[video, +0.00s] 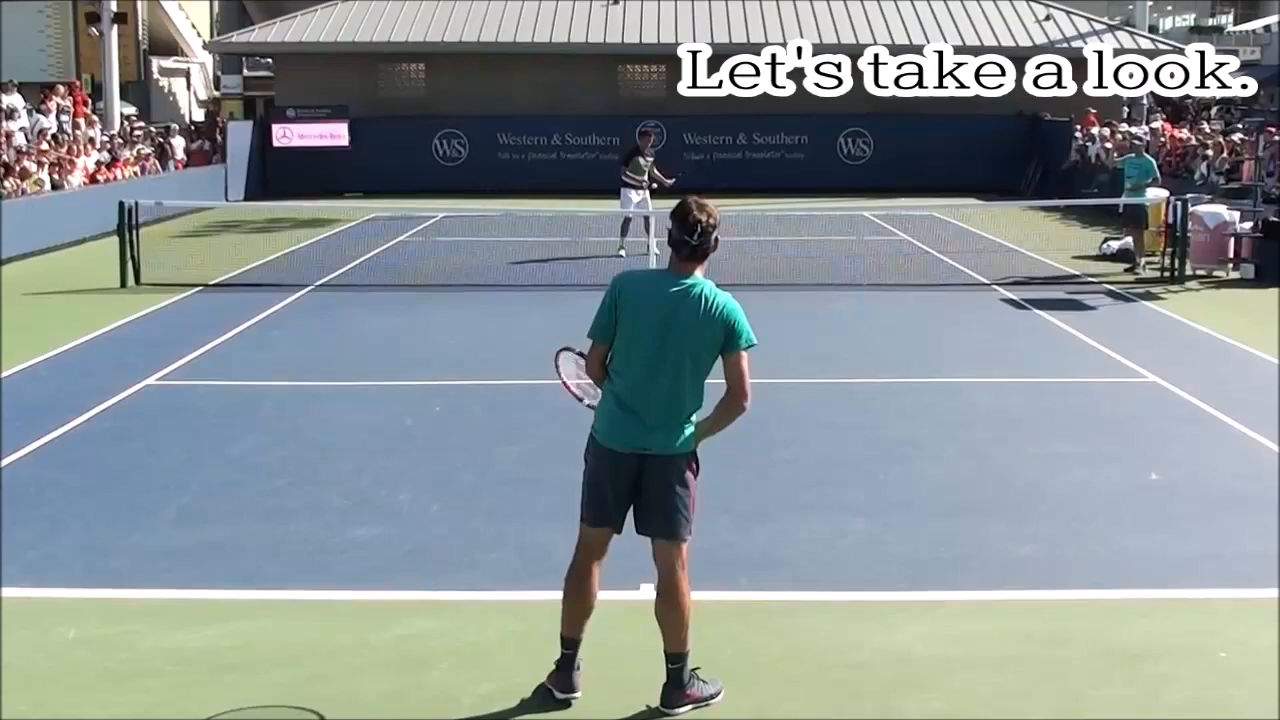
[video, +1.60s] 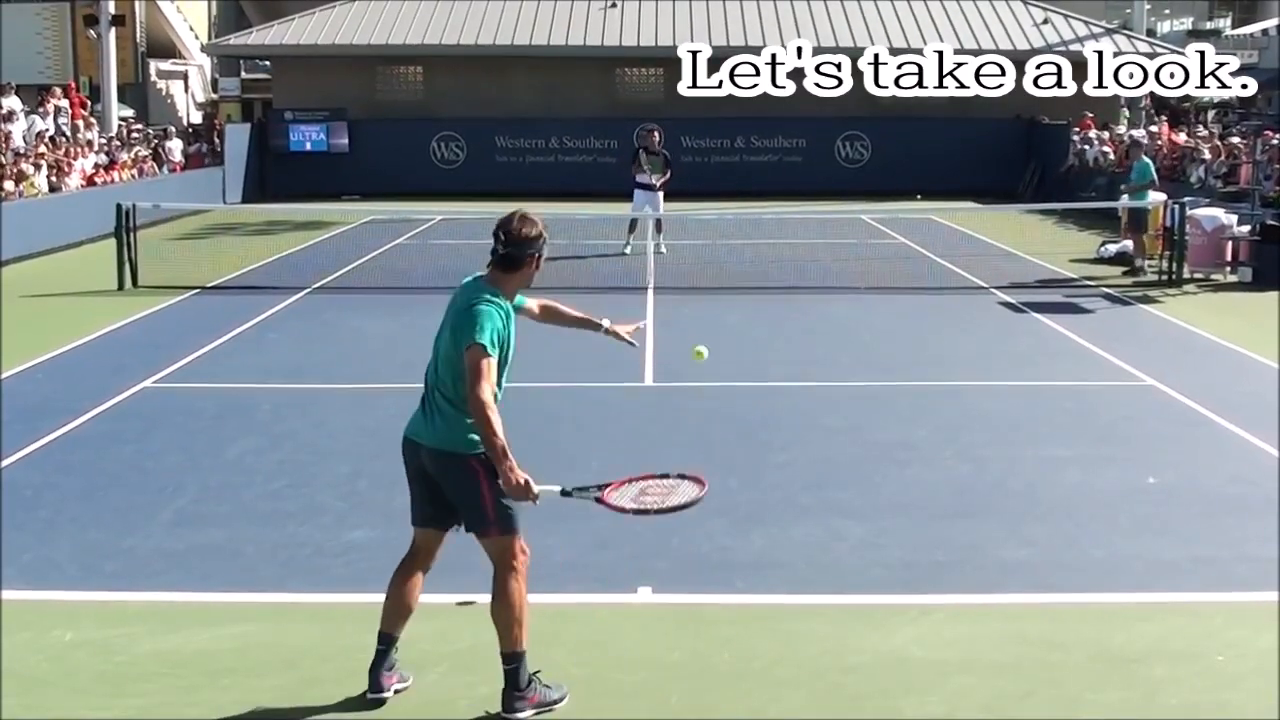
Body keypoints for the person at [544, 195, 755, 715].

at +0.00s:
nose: (697, 247)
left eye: (680, 236)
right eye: (710, 241)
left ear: (669, 239)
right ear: (713, 247)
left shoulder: (626, 285)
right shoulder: (723, 308)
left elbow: (595, 366)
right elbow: (738, 397)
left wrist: (628, 393)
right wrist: (694, 432)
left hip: (610, 445)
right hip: (671, 453)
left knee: (588, 553)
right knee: (672, 566)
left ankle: (566, 671)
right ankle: (677, 682)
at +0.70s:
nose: (621, 253)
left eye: (601, 244)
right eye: (629, 245)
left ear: (588, 251)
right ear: (633, 252)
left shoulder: (556, 304)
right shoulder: (656, 306)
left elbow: (540, 386)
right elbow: (684, 387)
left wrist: (582, 387)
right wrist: (657, 439)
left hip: (573, 459)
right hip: (636, 458)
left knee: (545, 553)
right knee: (669, 560)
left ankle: (530, 666)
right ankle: (681, 683)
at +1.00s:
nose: (592, 258)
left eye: (587, 250)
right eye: (592, 251)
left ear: (547, 253)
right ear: (589, 257)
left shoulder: (523, 302)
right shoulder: (578, 313)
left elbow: (568, 349)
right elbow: (602, 397)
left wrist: (633, 333)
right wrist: (648, 407)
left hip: (513, 457)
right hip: (560, 460)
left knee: (536, 558)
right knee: (604, 569)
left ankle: (500, 680)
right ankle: (652, 682)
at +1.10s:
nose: (586, 247)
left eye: (582, 240)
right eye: (586, 240)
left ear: (541, 241)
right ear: (580, 246)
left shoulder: (526, 286)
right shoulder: (555, 298)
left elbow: (593, 311)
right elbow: (569, 381)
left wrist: (646, 299)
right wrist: (639, 386)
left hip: (501, 446)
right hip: (541, 448)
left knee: (527, 551)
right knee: (580, 553)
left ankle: (500, 675)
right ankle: (593, 677)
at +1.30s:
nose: (577, 250)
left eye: (572, 244)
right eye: (576, 244)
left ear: (531, 242)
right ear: (570, 249)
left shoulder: (540, 283)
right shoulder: (527, 294)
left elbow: (606, 280)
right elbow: (503, 367)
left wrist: (674, 265)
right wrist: (579, 374)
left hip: (482, 442)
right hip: (517, 448)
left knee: (491, 551)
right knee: (536, 563)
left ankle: (437, 661)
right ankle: (522, 687)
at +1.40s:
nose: (570, 257)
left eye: (567, 251)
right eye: (569, 250)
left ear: (526, 247)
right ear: (561, 254)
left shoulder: (541, 289)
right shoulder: (508, 301)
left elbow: (603, 289)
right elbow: (482, 373)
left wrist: (676, 287)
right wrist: (543, 399)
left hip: (469, 444)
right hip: (500, 451)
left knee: (474, 546)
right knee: (531, 561)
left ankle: (404, 647)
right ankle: (521, 687)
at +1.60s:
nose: (541, 267)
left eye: (540, 260)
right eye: (541, 260)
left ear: (497, 254)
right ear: (533, 263)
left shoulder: (477, 289)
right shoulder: (488, 311)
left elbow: (541, 308)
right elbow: (479, 397)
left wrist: (604, 325)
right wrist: (508, 465)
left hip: (424, 445)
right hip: (464, 452)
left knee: (420, 553)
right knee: (512, 557)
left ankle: (381, 669)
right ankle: (519, 687)